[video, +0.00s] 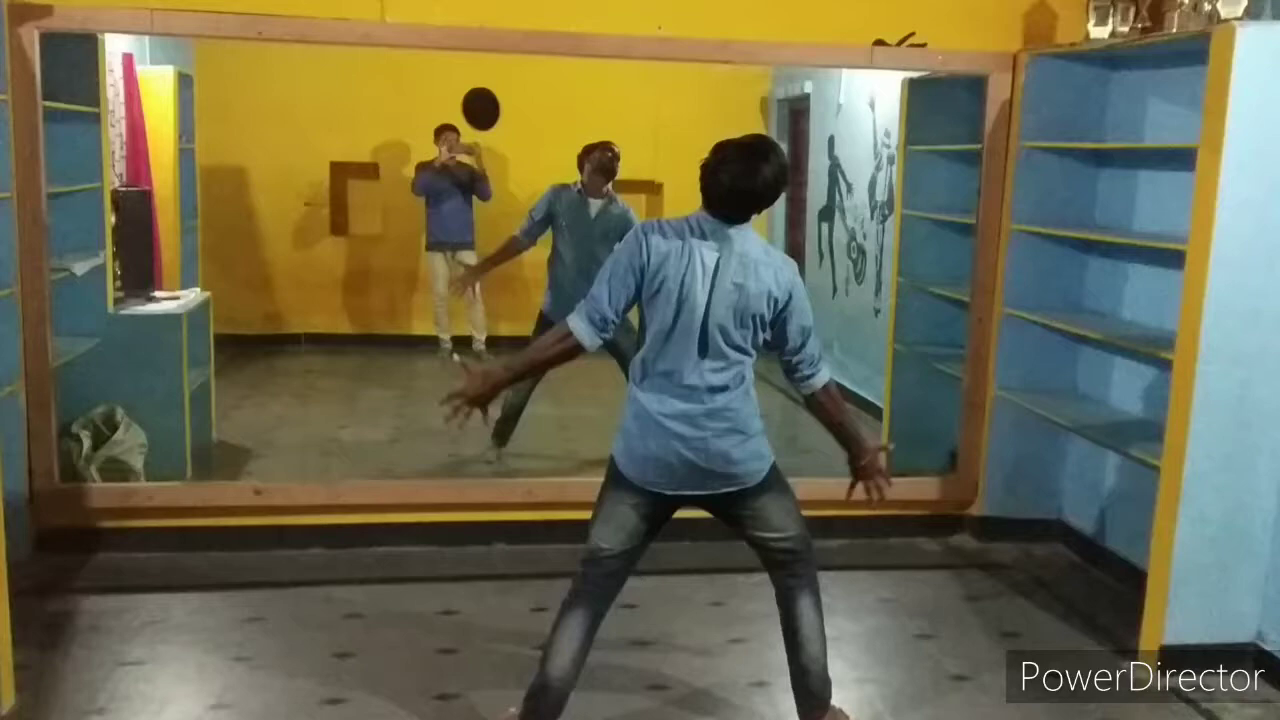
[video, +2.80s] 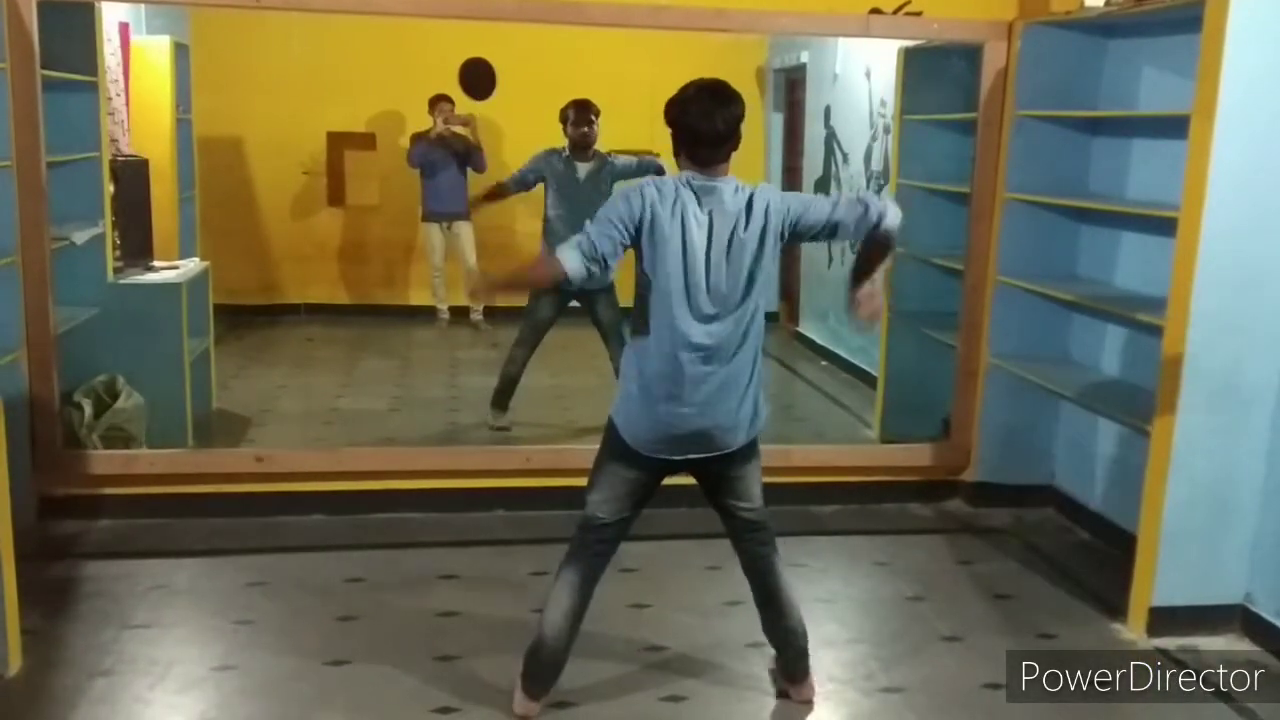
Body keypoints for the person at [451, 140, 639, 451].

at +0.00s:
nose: (613, 158)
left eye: (616, 155)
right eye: (606, 152)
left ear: (617, 169)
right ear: (585, 163)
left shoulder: (623, 216)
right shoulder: (559, 198)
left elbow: (640, 265)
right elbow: (523, 239)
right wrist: (477, 271)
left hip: (607, 310)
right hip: (560, 307)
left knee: (644, 376)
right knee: (526, 376)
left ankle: (664, 447)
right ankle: (496, 445)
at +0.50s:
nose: (608, 174)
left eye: (614, 169)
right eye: (603, 167)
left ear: (619, 174)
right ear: (589, 169)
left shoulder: (630, 214)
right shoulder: (567, 195)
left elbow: (660, 253)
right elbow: (521, 221)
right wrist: (467, 226)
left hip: (610, 311)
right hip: (562, 310)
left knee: (648, 370)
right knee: (528, 375)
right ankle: (497, 440)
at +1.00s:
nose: (614, 136)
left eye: (617, 133)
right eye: (607, 131)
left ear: (621, 147)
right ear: (589, 142)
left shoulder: (631, 190)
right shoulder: (564, 171)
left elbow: (653, 242)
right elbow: (513, 186)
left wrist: (647, 294)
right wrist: (464, 173)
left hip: (606, 289)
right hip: (559, 288)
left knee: (650, 351)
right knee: (522, 359)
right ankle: (495, 420)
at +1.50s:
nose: (612, 132)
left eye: (617, 128)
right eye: (604, 126)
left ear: (620, 136)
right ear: (586, 133)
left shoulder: (630, 185)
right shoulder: (562, 166)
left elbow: (648, 240)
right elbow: (513, 174)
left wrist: (646, 290)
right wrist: (471, 151)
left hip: (605, 285)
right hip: (559, 284)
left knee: (648, 348)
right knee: (522, 353)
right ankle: (493, 416)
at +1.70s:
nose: (608, 132)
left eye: (613, 127)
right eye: (601, 126)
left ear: (619, 134)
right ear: (584, 132)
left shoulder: (625, 180)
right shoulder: (559, 165)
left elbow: (671, 192)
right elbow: (509, 168)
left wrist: (708, 165)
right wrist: (473, 142)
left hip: (605, 285)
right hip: (557, 284)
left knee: (647, 347)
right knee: (522, 353)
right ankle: (493, 417)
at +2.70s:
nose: (588, 130)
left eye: (593, 124)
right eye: (580, 124)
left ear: (600, 128)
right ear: (566, 129)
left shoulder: (614, 163)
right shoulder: (551, 161)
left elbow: (655, 156)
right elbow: (505, 175)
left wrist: (686, 159)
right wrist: (472, 152)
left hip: (599, 276)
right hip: (556, 275)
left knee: (626, 345)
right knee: (523, 344)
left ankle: (643, 409)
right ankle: (496, 409)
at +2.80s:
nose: (586, 130)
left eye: (591, 123)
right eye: (579, 124)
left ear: (598, 127)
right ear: (565, 128)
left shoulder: (610, 166)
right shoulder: (550, 162)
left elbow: (653, 166)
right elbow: (515, 183)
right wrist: (483, 199)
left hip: (596, 271)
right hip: (555, 269)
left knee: (617, 339)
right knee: (528, 337)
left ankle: (636, 406)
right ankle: (499, 408)